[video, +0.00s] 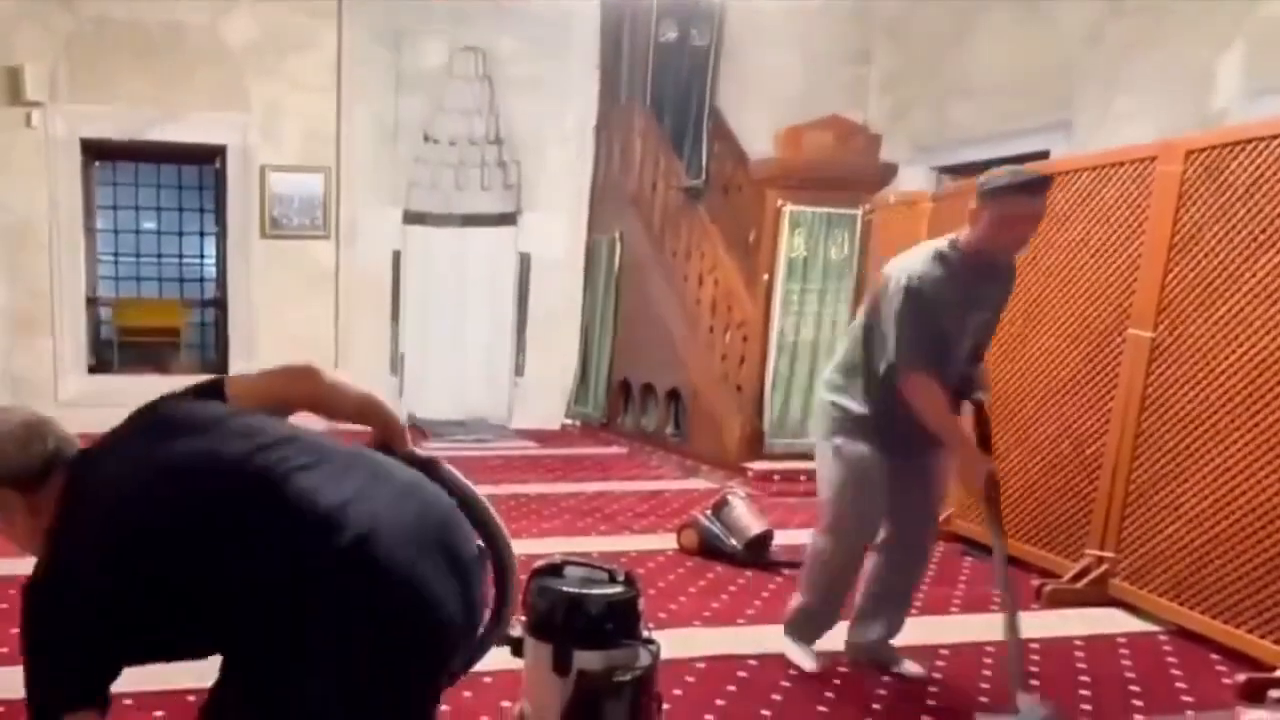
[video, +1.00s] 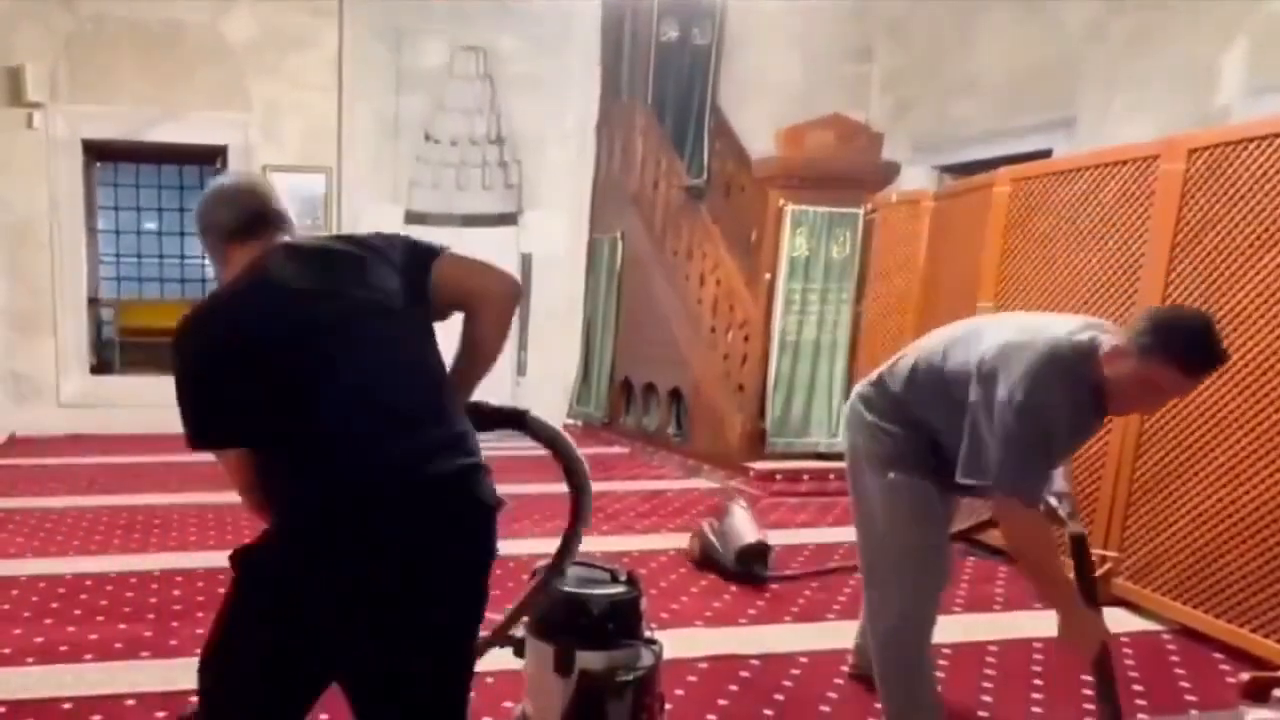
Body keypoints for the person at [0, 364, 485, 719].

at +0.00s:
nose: (6, 529)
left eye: (1, 513)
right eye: (1, 515)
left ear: (16, 501)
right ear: (70, 441)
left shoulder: (60, 596)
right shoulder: (159, 420)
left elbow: (72, 710)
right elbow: (307, 379)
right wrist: (392, 428)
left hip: (365, 625)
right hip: (455, 545)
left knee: (234, 702)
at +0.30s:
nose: (15, 464)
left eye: (9, 448)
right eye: (9, 451)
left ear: (17, 432)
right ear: (77, 381)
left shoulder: (56, 511)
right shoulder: (172, 371)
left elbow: (87, 700)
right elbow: (334, 362)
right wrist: (403, 433)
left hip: (333, 601)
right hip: (430, 537)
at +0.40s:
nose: (52, 410)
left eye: (46, 397)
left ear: (49, 383)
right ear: (118, 338)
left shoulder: (72, 457)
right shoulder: (214, 343)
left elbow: (115, 652)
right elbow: (367, 364)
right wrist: (425, 461)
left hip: (328, 592)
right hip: (434, 539)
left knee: (229, 689)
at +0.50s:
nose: (103, 369)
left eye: (95, 360)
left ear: (97, 347)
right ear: (172, 301)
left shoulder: (102, 410)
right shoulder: (256, 316)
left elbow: (148, 593)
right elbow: (405, 363)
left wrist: (165, 703)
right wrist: (436, 484)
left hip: (324, 585)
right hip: (440, 543)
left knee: (237, 705)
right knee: (380, 705)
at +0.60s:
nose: (149, 329)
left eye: (143, 317)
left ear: (143, 306)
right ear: (217, 274)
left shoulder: (143, 378)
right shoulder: (303, 296)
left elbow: (181, 557)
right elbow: (441, 358)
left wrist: (217, 630)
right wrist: (448, 479)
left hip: (334, 572)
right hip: (450, 537)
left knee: (251, 700)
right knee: (383, 701)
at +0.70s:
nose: (187, 303)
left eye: (184, 292)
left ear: (184, 279)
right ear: (259, 252)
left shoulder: (183, 349)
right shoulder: (344, 277)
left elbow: (206, 523)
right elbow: (470, 343)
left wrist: (262, 589)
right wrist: (452, 462)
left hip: (338, 556)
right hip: (459, 530)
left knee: (263, 710)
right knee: (396, 705)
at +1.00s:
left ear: (216, 251)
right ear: (288, 223)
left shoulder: (210, 328)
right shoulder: (375, 255)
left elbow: (252, 487)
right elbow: (495, 289)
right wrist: (453, 398)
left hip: (324, 534)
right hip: (452, 514)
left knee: (239, 703)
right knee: (424, 703)